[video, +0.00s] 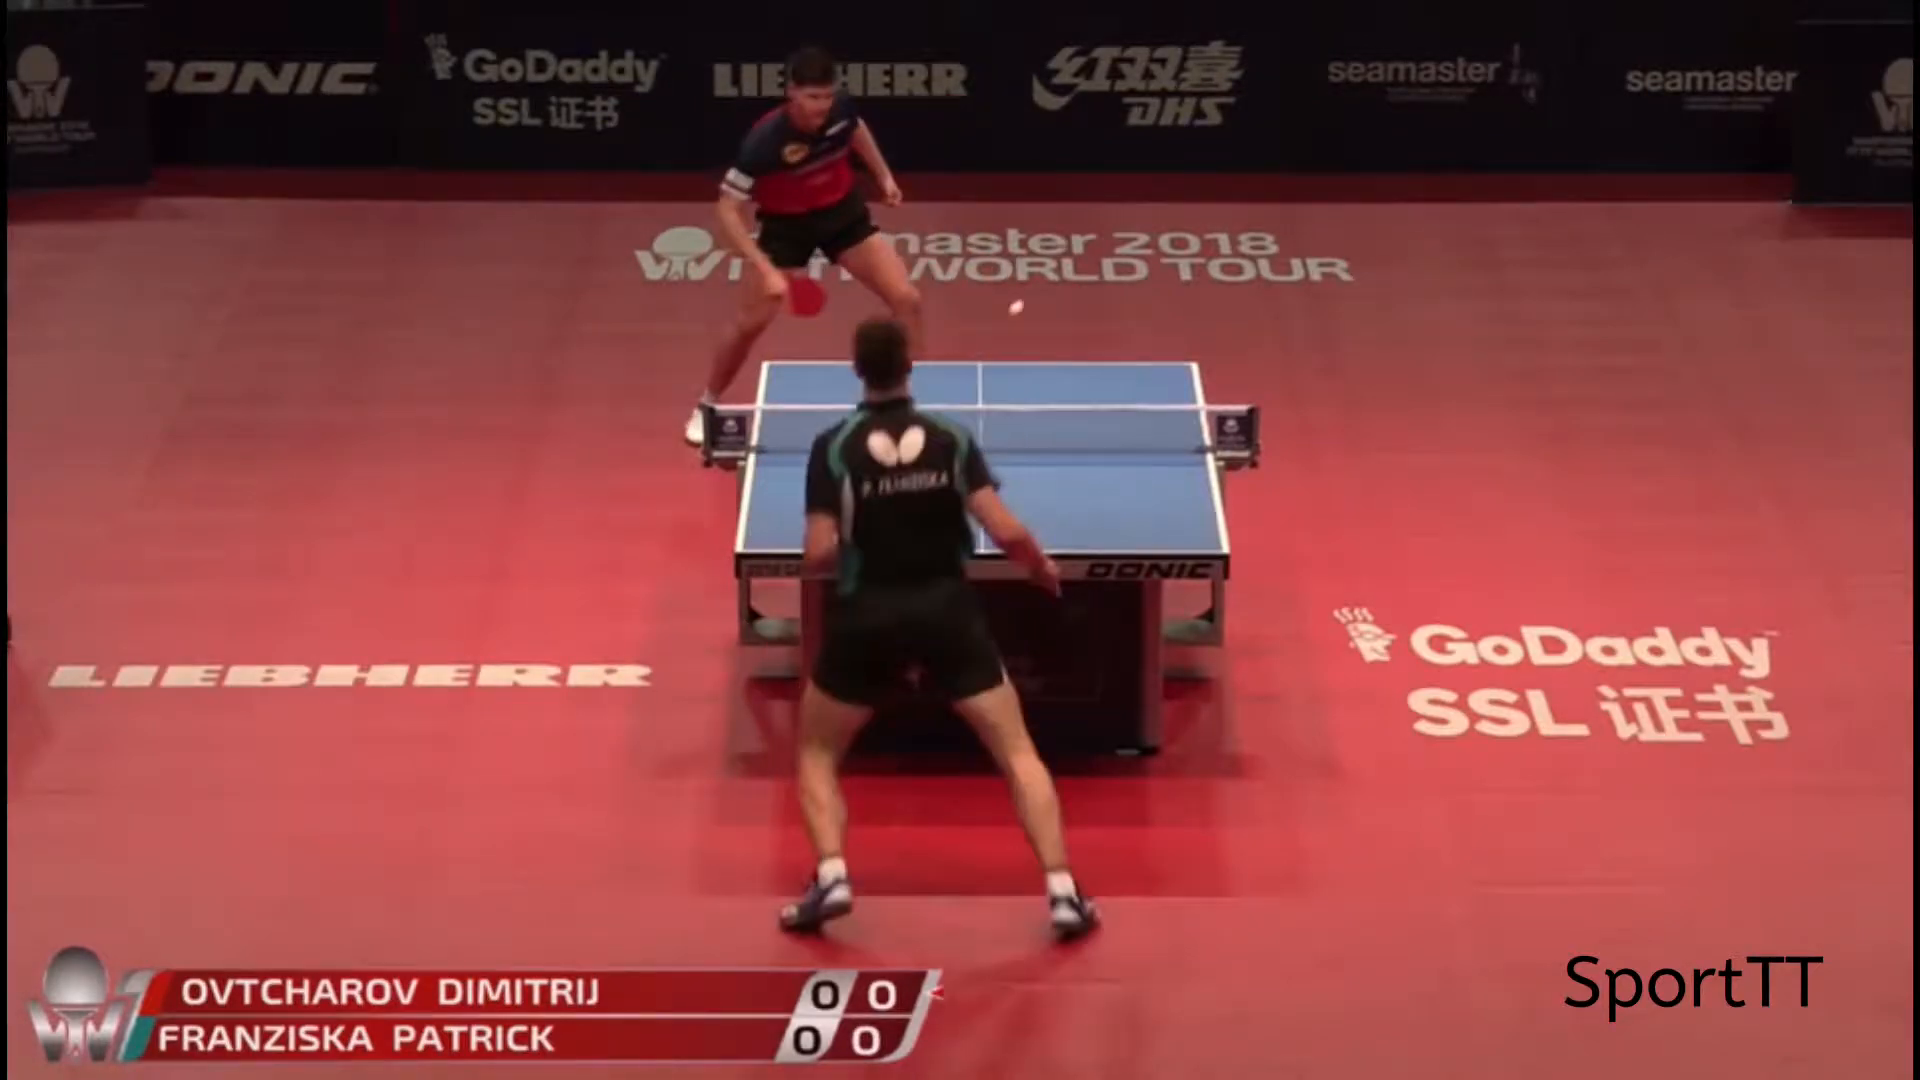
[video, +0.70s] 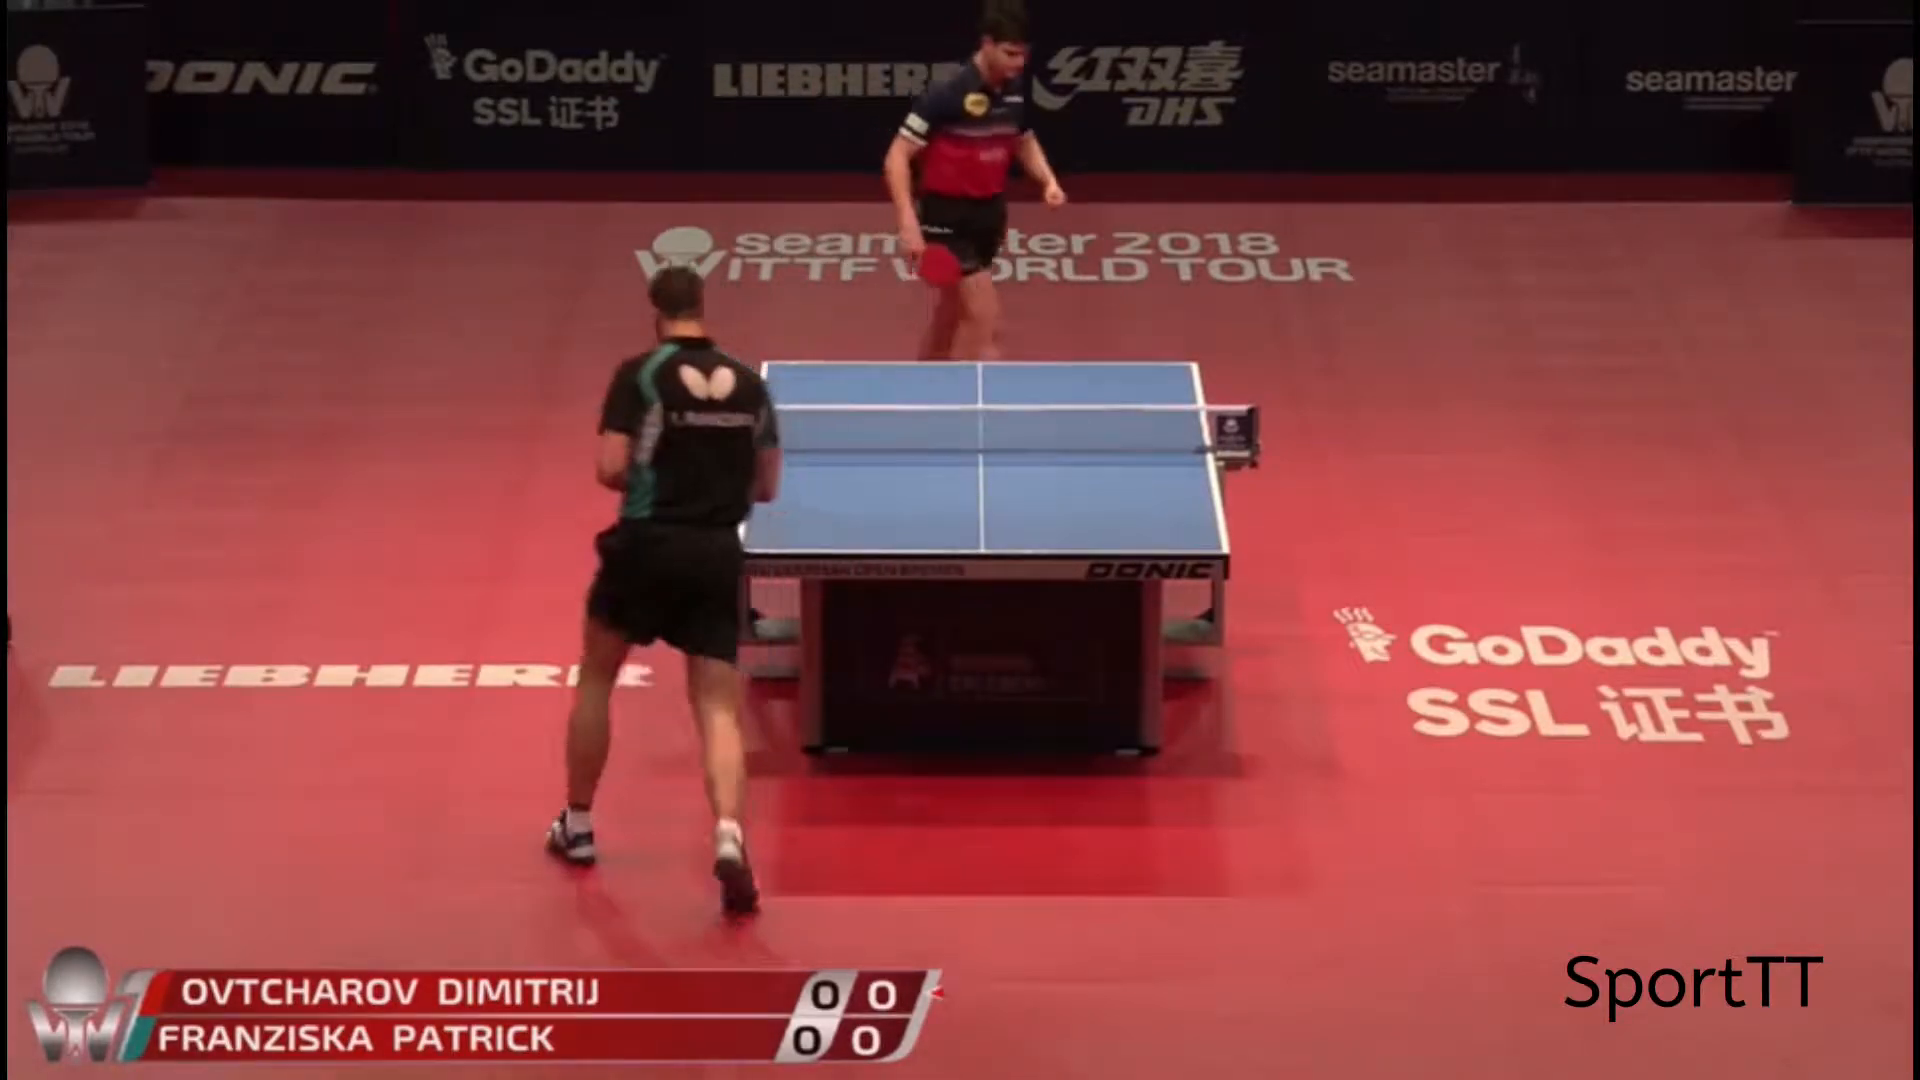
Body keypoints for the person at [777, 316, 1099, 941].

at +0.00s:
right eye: (902, 362)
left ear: (857, 371)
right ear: (909, 369)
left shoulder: (833, 446)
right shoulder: (951, 437)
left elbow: (820, 547)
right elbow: (1006, 530)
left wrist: (809, 565)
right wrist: (1040, 565)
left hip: (867, 623)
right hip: (950, 616)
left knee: (818, 750)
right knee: (1017, 752)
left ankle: (831, 877)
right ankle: (1063, 891)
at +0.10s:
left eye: (824, 317)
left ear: (813, 328)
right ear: (867, 324)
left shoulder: (787, 401)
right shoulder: (904, 396)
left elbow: (770, 492)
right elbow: (945, 492)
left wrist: (798, 498)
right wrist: (954, 524)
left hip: (816, 583)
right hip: (893, 577)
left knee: (799, 728)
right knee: (955, 716)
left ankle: (812, 868)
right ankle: (1006, 855)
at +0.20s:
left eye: (803, 297)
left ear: (800, 305)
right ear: (855, 301)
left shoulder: (773, 381)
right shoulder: (893, 377)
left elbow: (753, 469)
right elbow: (933, 474)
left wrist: (793, 481)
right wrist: (922, 502)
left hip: (800, 560)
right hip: (877, 555)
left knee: (796, 708)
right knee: (927, 696)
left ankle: (806, 850)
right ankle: (960, 841)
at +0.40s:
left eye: (745, 273)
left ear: (741, 280)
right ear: (795, 274)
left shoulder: (720, 344)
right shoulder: (843, 347)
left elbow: (696, 436)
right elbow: (873, 446)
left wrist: (724, 458)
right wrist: (825, 464)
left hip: (737, 522)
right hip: (813, 523)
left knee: (715, 670)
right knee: (799, 684)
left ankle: (712, 819)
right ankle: (772, 837)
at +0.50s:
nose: (719, 311)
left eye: (715, 301)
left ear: (716, 305)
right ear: (767, 298)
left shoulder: (704, 368)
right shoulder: (822, 373)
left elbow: (679, 459)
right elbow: (845, 472)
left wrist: (710, 476)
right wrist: (792, 480)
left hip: (711, 545)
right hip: (787, 550)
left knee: (667, 686)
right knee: (764, 711)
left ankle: (640, 836)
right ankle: (736, 868)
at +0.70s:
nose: (660, 319)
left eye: (655, 309)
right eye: (679, 304)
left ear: (656, 311)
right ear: (704, 308)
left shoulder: (637, 374)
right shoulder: (750, 383)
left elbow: (611, 468)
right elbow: (766, 486)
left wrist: (649, 470)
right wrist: (715, 476)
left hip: (642, 550)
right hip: (717, 556)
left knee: (596, 680)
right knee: (719, 705)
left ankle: (577, 822)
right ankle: (729, 834)